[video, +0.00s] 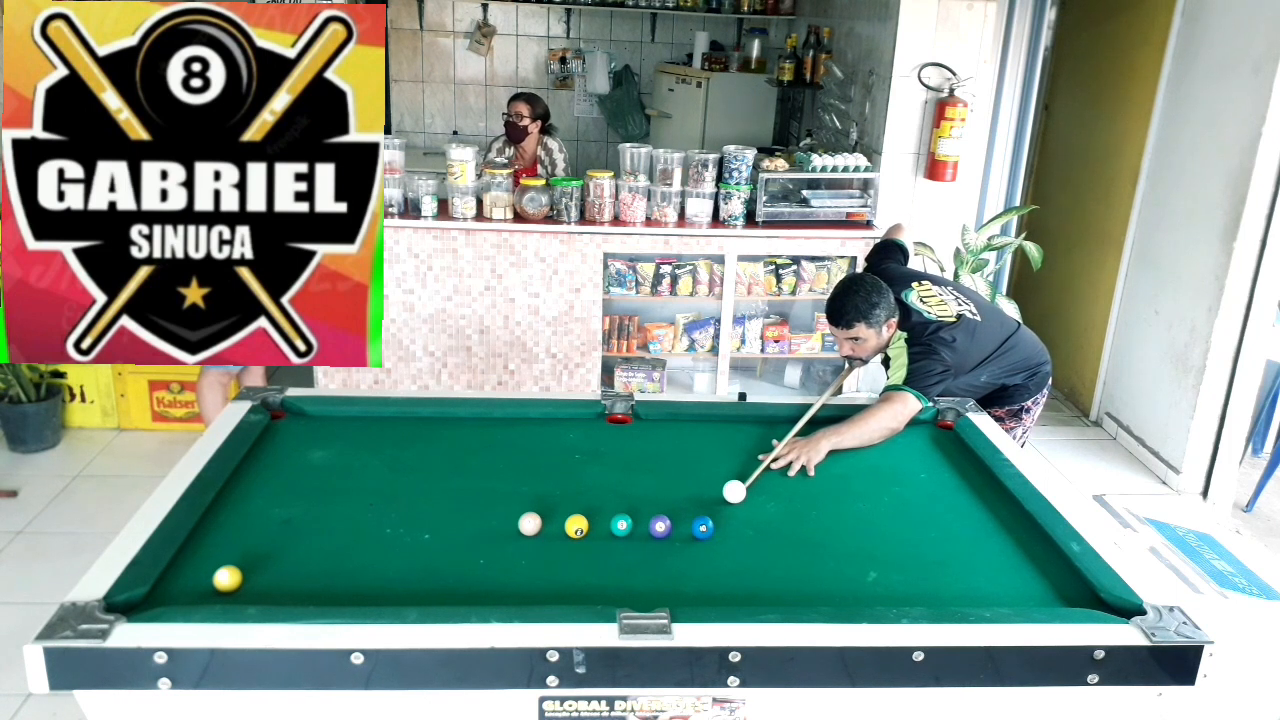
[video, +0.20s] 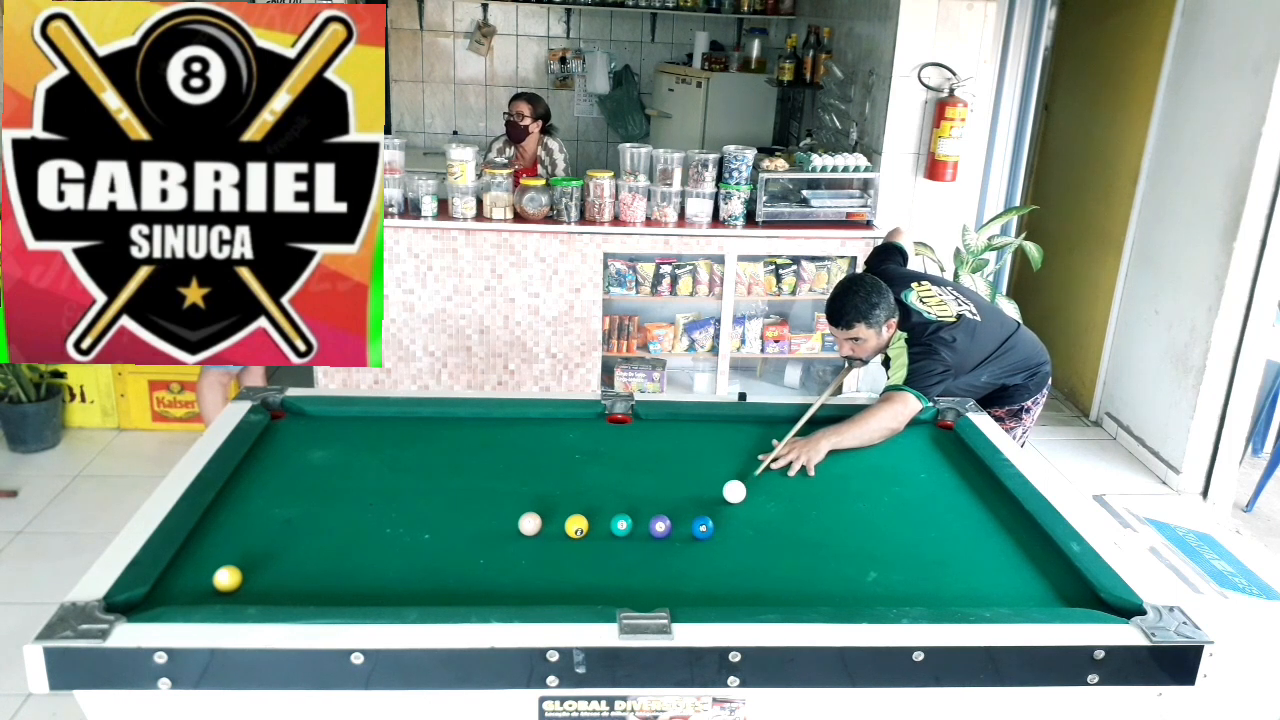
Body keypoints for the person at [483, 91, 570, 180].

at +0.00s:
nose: (509, 122)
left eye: (517, 117)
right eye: (508, 116)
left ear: (536, 126)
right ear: (505, 117)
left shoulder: (553, 147)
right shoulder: (498, 146)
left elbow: (564, 187)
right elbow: (484, 182)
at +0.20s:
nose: (511, 121)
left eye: (519, 116)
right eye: (509, 115)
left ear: (537, 126)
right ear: (506, 117)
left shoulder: (553, 147)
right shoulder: (498, 146)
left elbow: (564, 188)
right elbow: (485, 182)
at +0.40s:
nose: (512, 120)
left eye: (519, 115)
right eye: (510, 115)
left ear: (537, 125)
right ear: (506, 116)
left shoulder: (553, 147)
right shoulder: (499, 145)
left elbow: (564, 188)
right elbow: (485, 181)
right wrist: (507, 170)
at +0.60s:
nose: (511, 121)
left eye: (518, 116)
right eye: (509, 115)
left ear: (537, 125)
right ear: (506, 117)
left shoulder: (553, 147)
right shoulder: (499, 145)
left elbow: (564, 188)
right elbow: (484, 182)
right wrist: (507, 170)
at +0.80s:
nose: (510, 121)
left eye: (518, 116)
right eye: (509, 115)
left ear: (536, 126)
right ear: (506, 117)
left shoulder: (553, 147)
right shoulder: (499, 145)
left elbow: (564, 188)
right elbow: (484, 182)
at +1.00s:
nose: (510, 121)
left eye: (518, 116)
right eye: (509, 115)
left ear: (536, 126)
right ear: (505, 116)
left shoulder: (552, 147)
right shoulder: (499, 145)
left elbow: (564, 187)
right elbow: (484, 181)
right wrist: (506, 169)